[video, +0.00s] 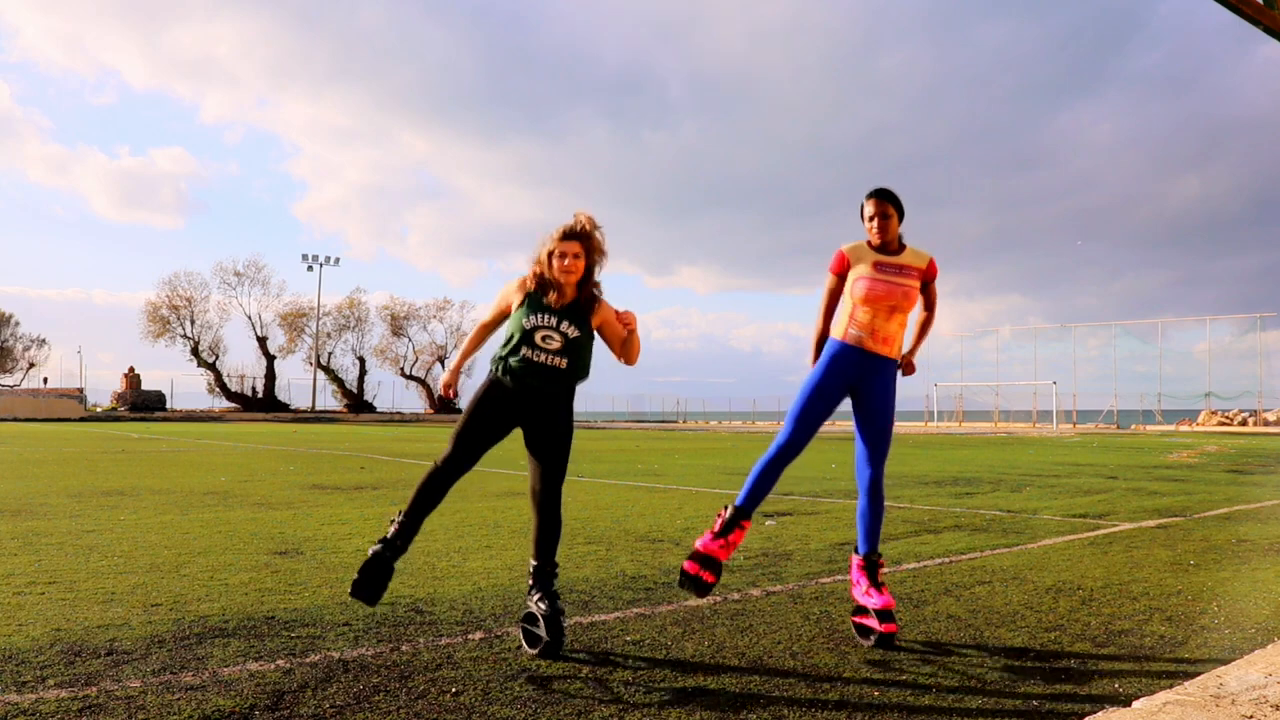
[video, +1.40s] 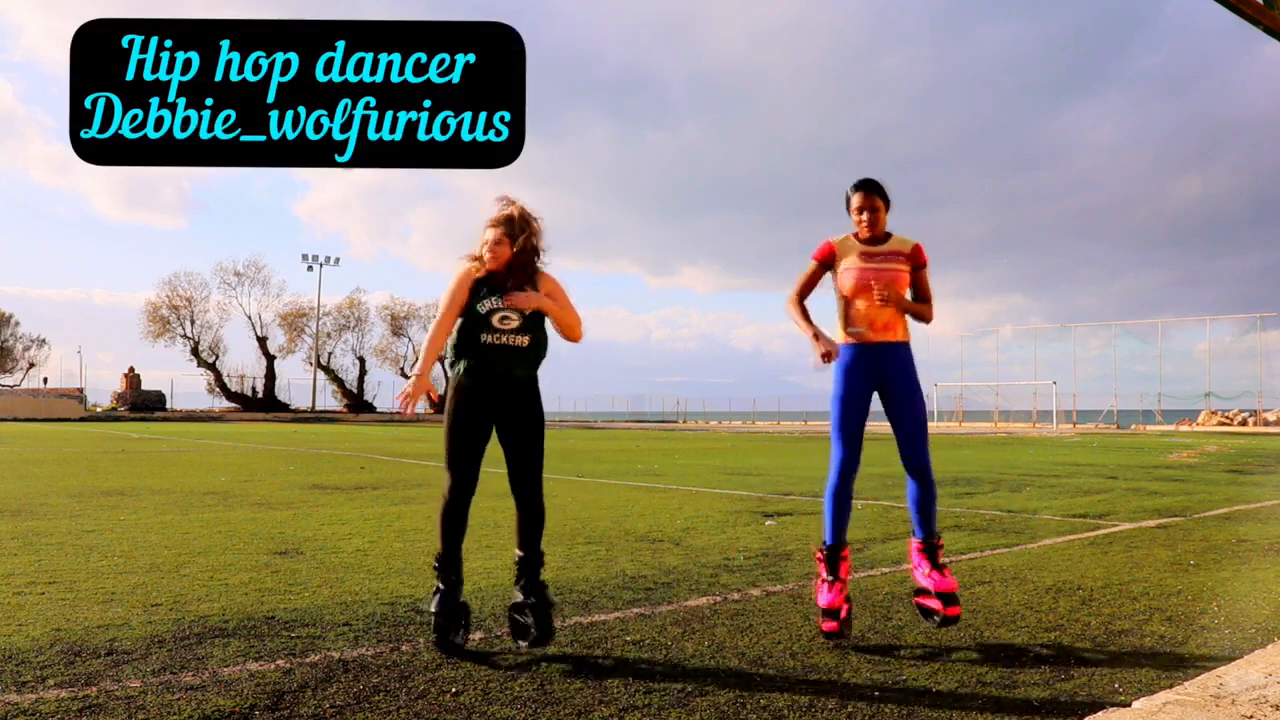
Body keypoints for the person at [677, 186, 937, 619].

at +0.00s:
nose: (877, 224)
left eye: (885, 216)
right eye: (871, 218)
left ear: (900, 220)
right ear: (864, 223)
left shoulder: (922, 265)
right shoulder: (850, 256)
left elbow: (929, 309)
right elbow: (828, 307)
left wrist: (911, 351)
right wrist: (816, 356)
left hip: (882, 371)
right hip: (838, 359)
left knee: (872, 477)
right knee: (788, 443)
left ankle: (867, 570)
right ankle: (731, 525)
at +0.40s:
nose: (867, 223)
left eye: (874, 216)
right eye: (861, 216)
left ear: (888, 221)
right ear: (851, 222)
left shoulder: (910, 255)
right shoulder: (835, 257)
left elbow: (948, 284)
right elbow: (793, 303)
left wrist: (940, 315)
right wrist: (827, 327)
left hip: (880, 370)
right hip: (838, 365)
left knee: (873, 476)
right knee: (815, 462)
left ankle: (865, 570)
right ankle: (785, 553)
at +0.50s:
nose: (857, 210)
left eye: (865, 204)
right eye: (851, 203)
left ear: (876, 210)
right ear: (839, 206)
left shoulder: (895, 245)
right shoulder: (820, 247)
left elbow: (923, 293)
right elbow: (796, 305)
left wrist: (927, 350)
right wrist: (829, 297)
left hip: (880, 354)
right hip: (835, 355)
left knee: (897, 458)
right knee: (833, 459)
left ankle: (906, 554)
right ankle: (829, 560)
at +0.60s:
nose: (852, 222)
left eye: (860, 216)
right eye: (846, 214)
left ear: (870, 220)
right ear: (833, 216)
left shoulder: (888, 260)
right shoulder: (814, 260)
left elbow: (904, 319)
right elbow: (798, 322)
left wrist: (921, 369)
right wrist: (823, 292)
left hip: (880, 365)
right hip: (835, 368)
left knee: (913, 463)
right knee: (841, 471)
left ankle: (946, 552)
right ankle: (848, 574)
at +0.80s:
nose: (839, 250)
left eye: (846, 244)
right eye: (833, 242)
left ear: (855, 249)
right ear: (819, 245)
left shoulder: (872, 284)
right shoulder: (800, 291)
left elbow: (886, 339)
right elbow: (793, 353)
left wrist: (895, 387)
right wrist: (816, 294)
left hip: (882, 388)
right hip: (838, 398)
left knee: (946, 467)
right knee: (849, 496)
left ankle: (1010, 538)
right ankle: (864, 588)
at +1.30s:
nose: (855, 234)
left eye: (862, 227)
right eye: (848, 227)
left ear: (872, 231)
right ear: (836, 231)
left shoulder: (893, 271)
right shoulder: (820, 269)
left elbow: (918, 327)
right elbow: (778, 319)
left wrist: (913, 341)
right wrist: (818, 312)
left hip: (893, 375)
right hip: (847, 380)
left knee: (931, 472)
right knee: (850, 485)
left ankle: (958, 557)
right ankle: (848, 584)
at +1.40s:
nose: (867, 218)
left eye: (873, 210)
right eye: (859, 211)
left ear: (887, 211)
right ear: (850, 215)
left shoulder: (910, 252)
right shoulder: (835, 251)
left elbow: (926, 314)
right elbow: (795, 301)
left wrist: (903, 302)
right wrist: (817, 337)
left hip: (898, 361)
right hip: (853, 362)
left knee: (919, 465)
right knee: (844, 465)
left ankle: (926, 560)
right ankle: (833, 567)